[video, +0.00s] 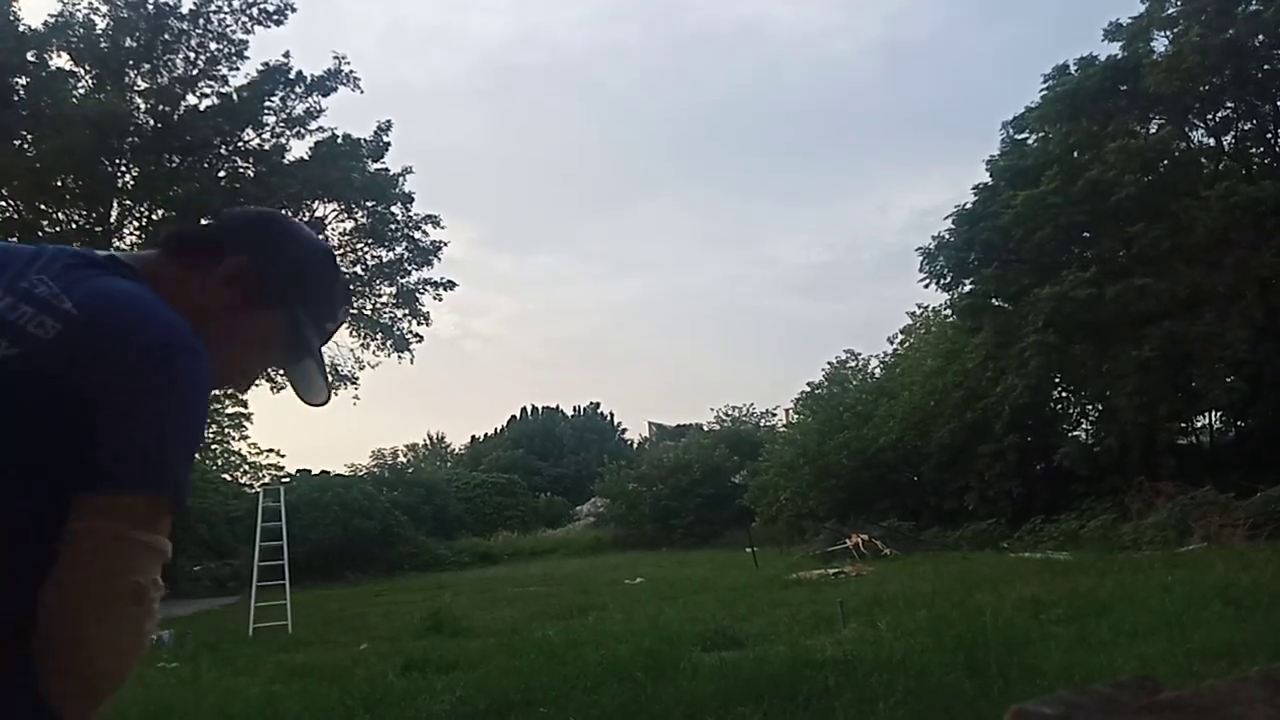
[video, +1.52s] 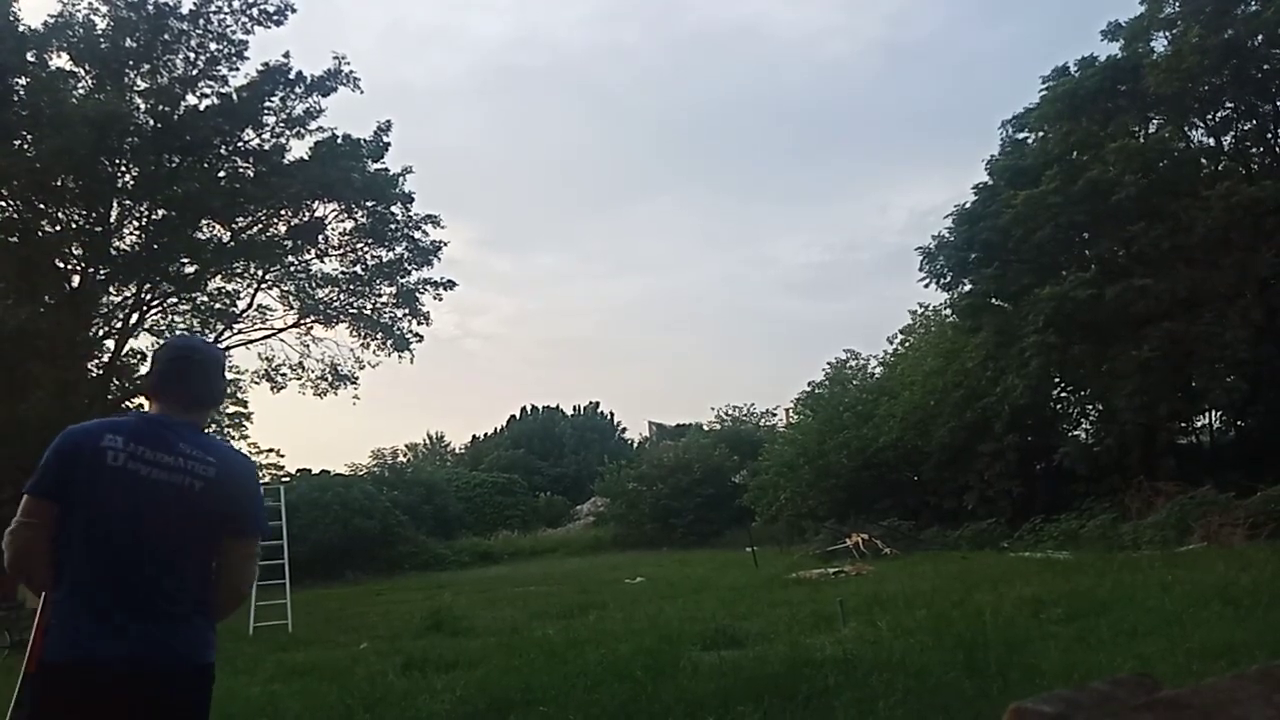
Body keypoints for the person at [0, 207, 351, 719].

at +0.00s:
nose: (251, 384)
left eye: (273, 369)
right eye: (271, 357)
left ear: (228, 277)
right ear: (231, 283)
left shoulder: (16, 262)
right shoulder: (159, 350)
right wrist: (69, 704)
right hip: (13, 695)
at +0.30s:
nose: (278, 366)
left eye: (296, 355)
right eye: (296, 346)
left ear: (231, 251)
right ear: (292, 298)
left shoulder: (39, 276)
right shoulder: (210, 343)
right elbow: (180, 561)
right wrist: (138, 687)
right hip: (56, 680)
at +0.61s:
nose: (251, 339)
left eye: (261, 328)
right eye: (258, 320)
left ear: (166, 269)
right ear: (243, 298)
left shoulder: (30, 324)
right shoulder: (206, 355)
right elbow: (224, 555)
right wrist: (191, 650)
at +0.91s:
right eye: (190, 321)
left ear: (85, 315)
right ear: (183, 324)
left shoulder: (11, 385)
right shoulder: (195, 397)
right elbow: (224, 568)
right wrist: (189, 644)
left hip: (17, 667)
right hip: (140, 674)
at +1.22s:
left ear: (92, 346)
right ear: (183, 354)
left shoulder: (17, 418)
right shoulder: (206, 430)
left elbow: (10, 543)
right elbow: (226, 570)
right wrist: (167, 625)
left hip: (30, 662)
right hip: (157, 671)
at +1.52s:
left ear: (148, 387)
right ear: (218, 400)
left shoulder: (79, 441)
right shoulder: (237, 471)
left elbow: (22, 548)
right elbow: (236, 587)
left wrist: (76, 597)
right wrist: (178, 618)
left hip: (73, 661)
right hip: (177, 672)